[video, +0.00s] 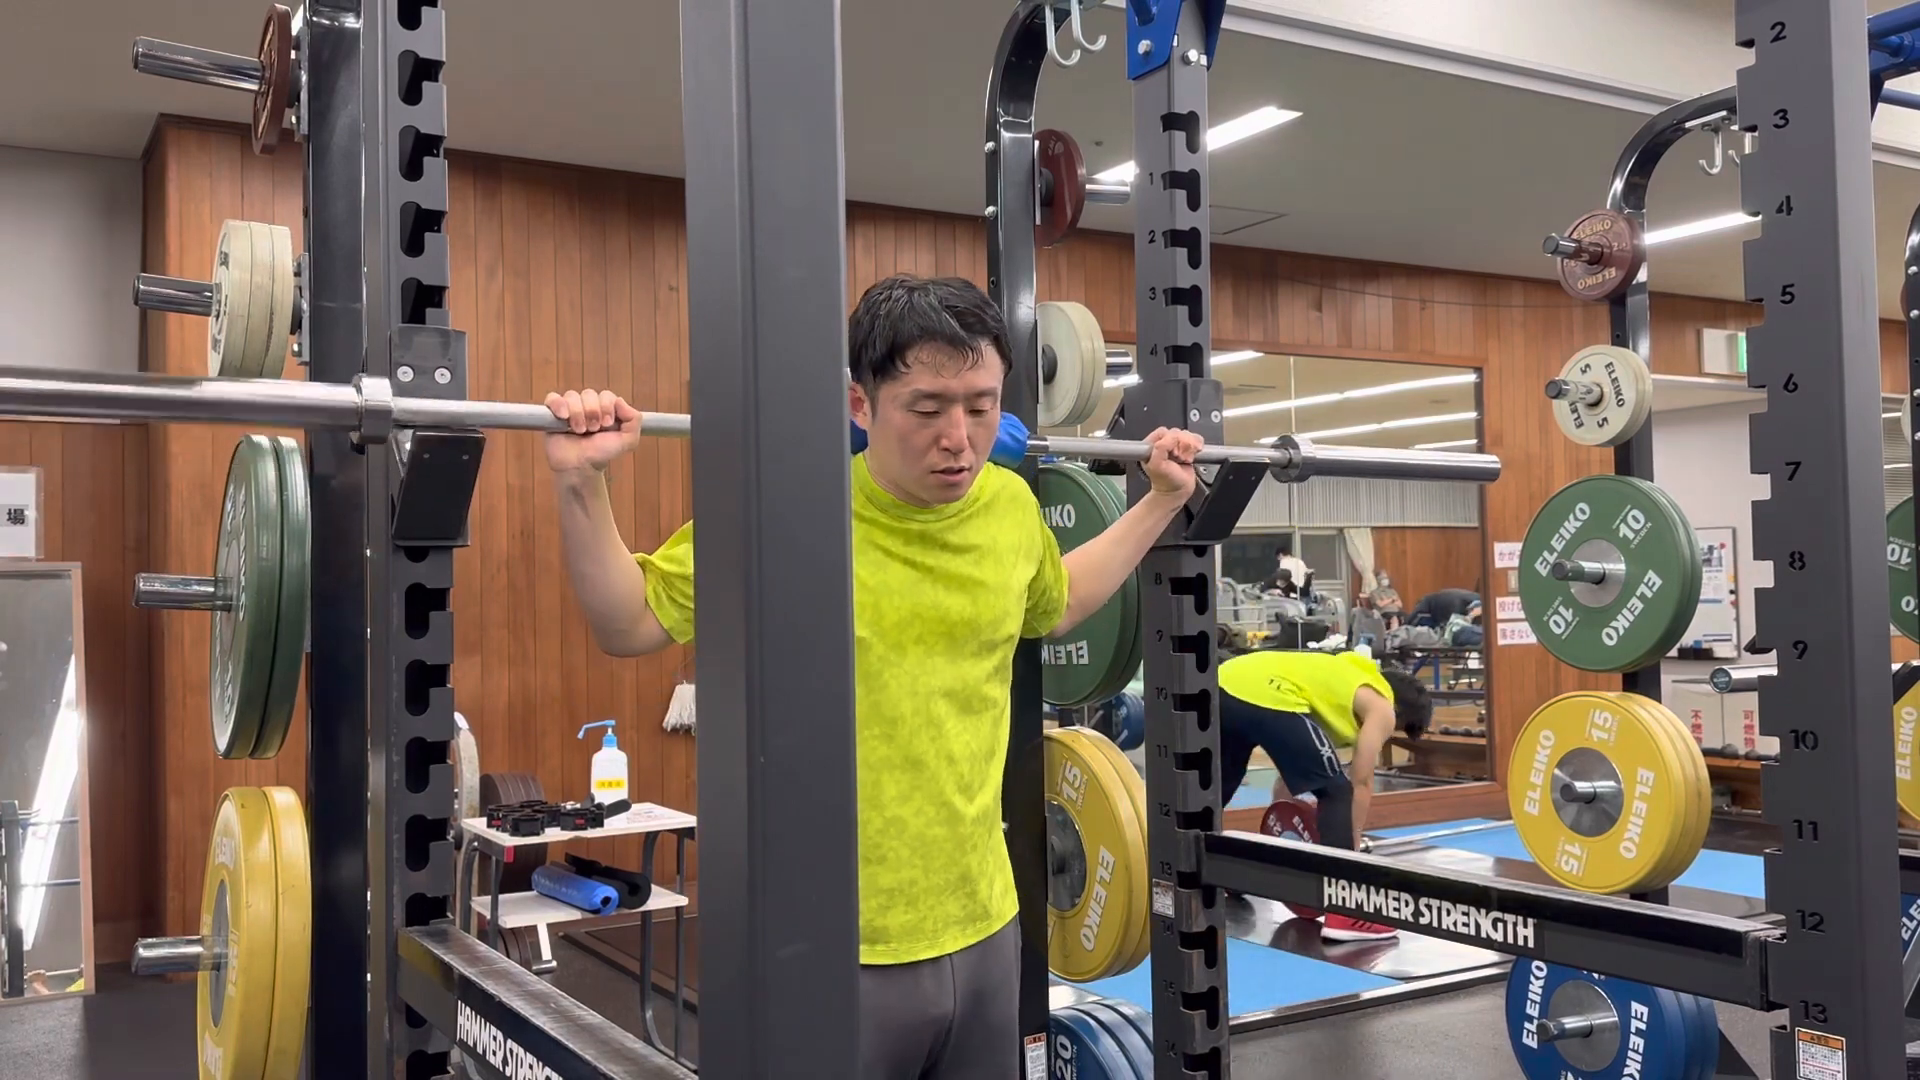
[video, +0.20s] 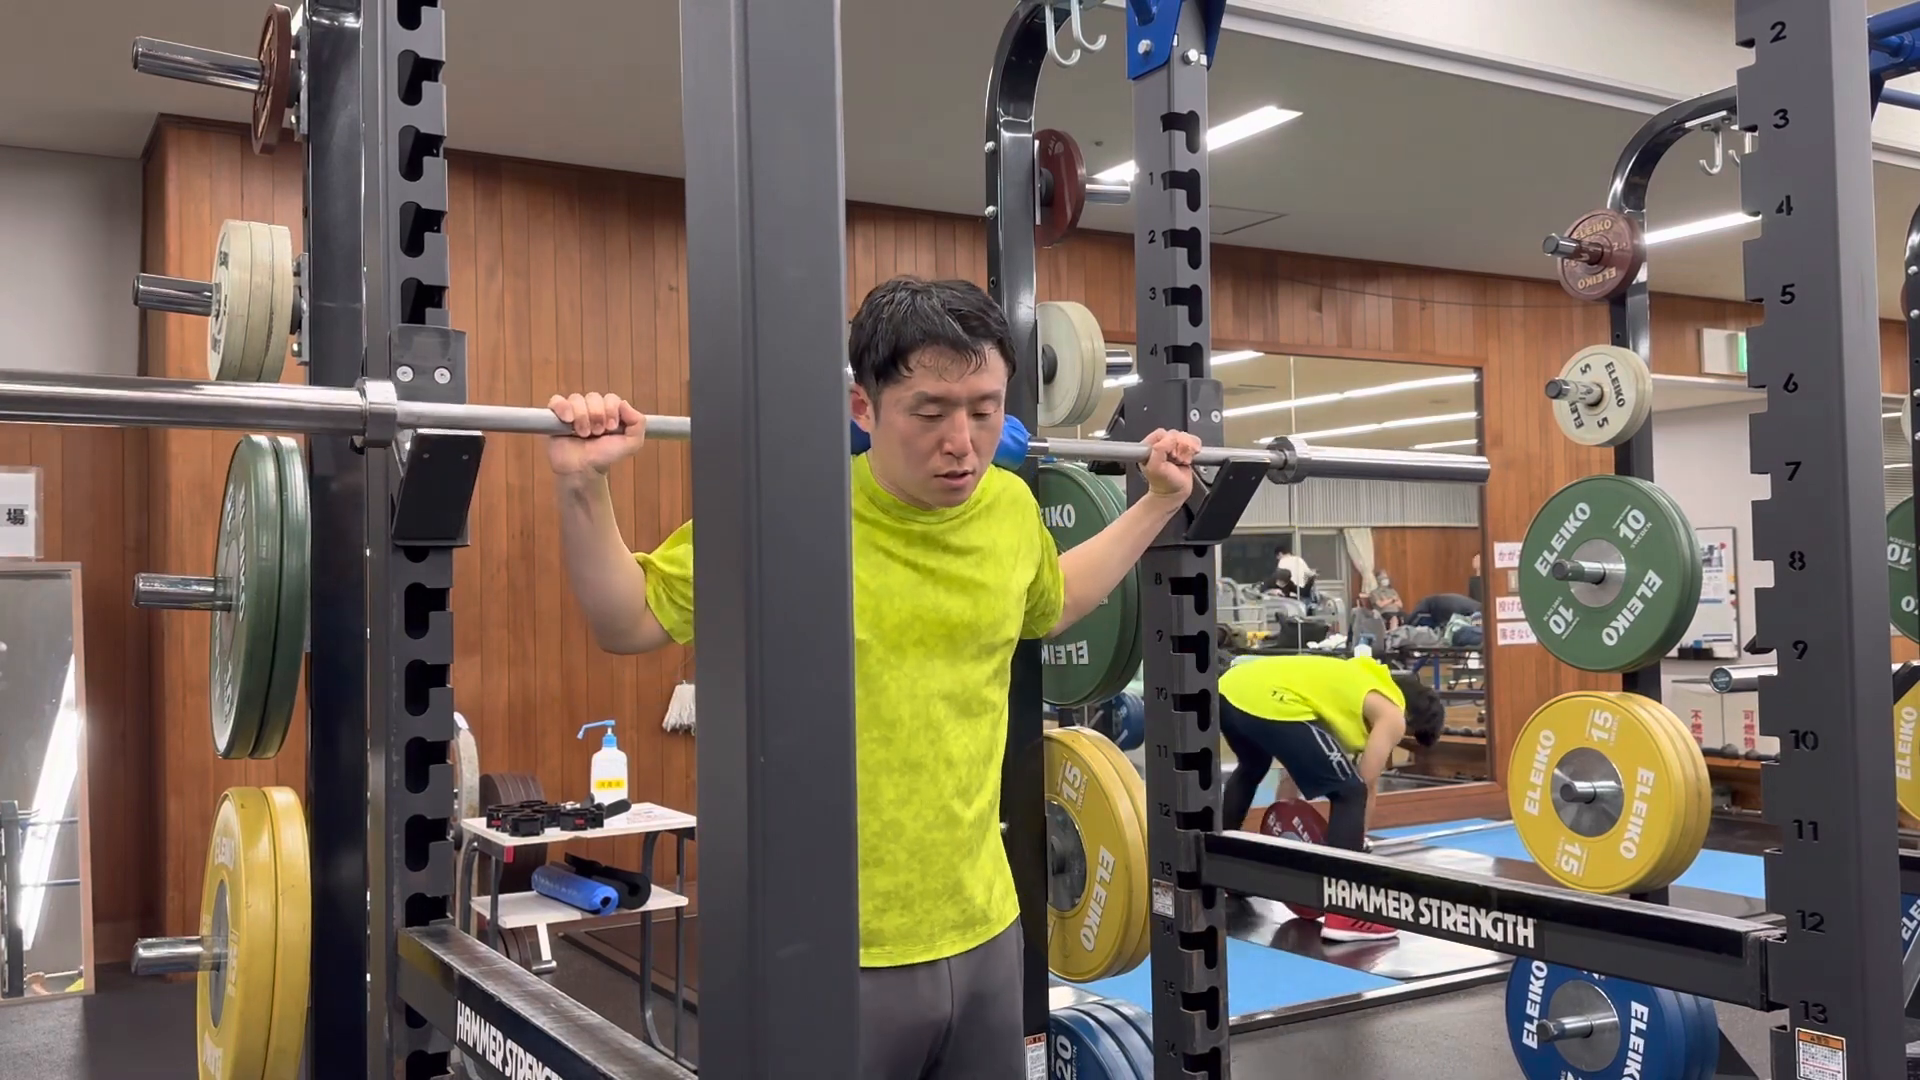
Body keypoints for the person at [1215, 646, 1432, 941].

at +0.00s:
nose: (1391, 733)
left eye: (1397, 730)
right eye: (1397, 727)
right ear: (1398, 712)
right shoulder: (1380, 708)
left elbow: (1289, 770)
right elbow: (1361, 784)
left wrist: (1282, 832)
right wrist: (1353, 847)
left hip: (1225, 687)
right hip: (1273, 701)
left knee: (1218, 788)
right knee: (1337, 792)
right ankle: (1343, 910)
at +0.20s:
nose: (1400, 742)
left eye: (1406, 739)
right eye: (1407, 737)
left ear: (1403, 690)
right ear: (1410, 723)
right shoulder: (1391, 714)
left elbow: (1294, 768)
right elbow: (1364, 784)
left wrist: (1283, 833)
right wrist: (1356, 839)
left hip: (1230, 691)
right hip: (1277, 709)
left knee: (1252, 764)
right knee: (1351, 794)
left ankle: (1218, 863)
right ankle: (1344, 909)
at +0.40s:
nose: (1400, 739)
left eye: (1407, 738)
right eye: (1407, 735)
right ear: (1409, 720)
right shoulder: (1386, 712)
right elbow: (1364, 786)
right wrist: (1355, 845)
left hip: (1232, 697)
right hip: (1270, 708)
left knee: (1265, 782)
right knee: (1347, 792)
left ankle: (1254, 881)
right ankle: (1341, 908)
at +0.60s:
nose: (1390, 735)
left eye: (1396, 733)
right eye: (1396, 730)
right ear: (1399, 713)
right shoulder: (1381, 706)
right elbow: (1363, 776)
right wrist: (1358, 841)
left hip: (1229, 689)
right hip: (1268, 701)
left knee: (1259, 780)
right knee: (1330, 793)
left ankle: (1254, 881)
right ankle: (1339, 908)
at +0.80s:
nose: (1383, 726)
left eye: (1389, 725)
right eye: (1389, 722)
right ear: (1393, 701)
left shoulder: (1339, 662)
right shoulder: (1376, 691)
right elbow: (1365, 766)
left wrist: (1305, 804)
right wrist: (1368, 831)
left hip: (1226, 689)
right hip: (1267, 699)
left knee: (1256, 781)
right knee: (1324, 792)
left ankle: (1256, 882)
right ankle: (1341, 910)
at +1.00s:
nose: (1377, 679)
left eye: (1382, 675)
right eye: (1383, 672)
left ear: (1368, 626)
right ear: (1384, 652)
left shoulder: (1322, 628)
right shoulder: (1366, 648)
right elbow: (1357, 719)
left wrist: (1322, 774)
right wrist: (1372, 783)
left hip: (1222, 692)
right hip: (1268, 701)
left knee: (1252, 786)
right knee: (1323, 795)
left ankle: (1259, 881)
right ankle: (1341, 908)